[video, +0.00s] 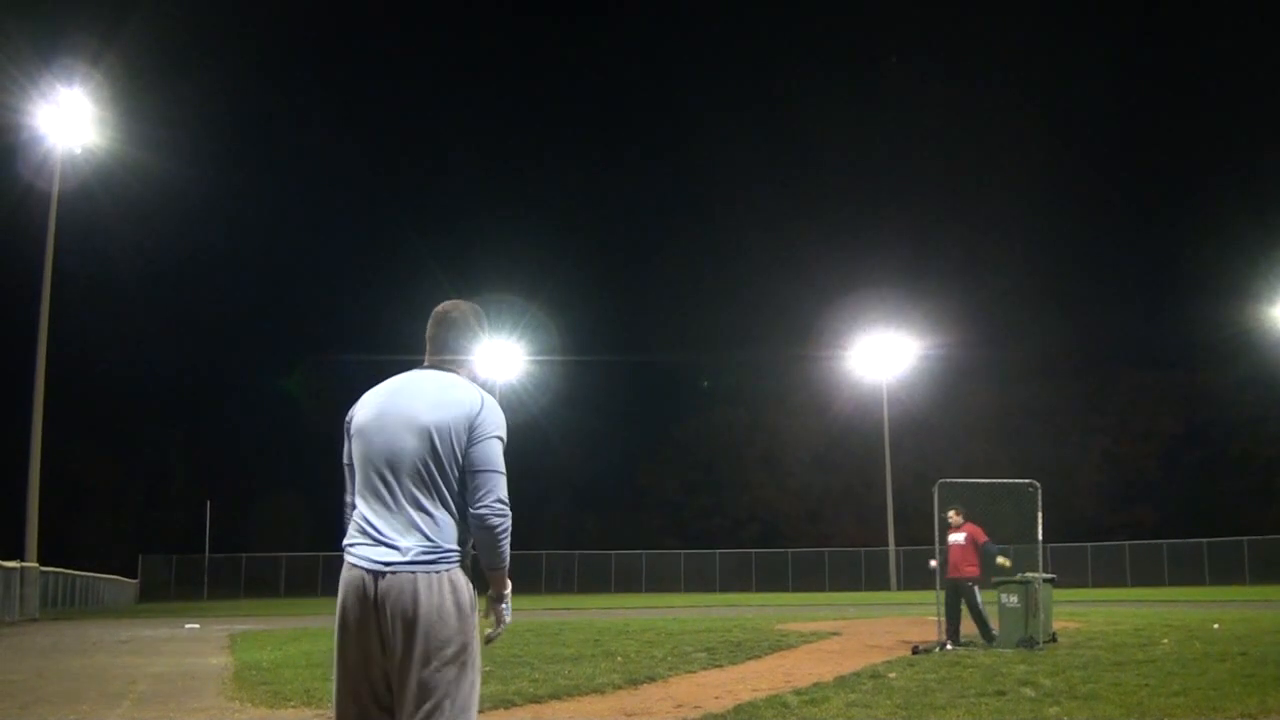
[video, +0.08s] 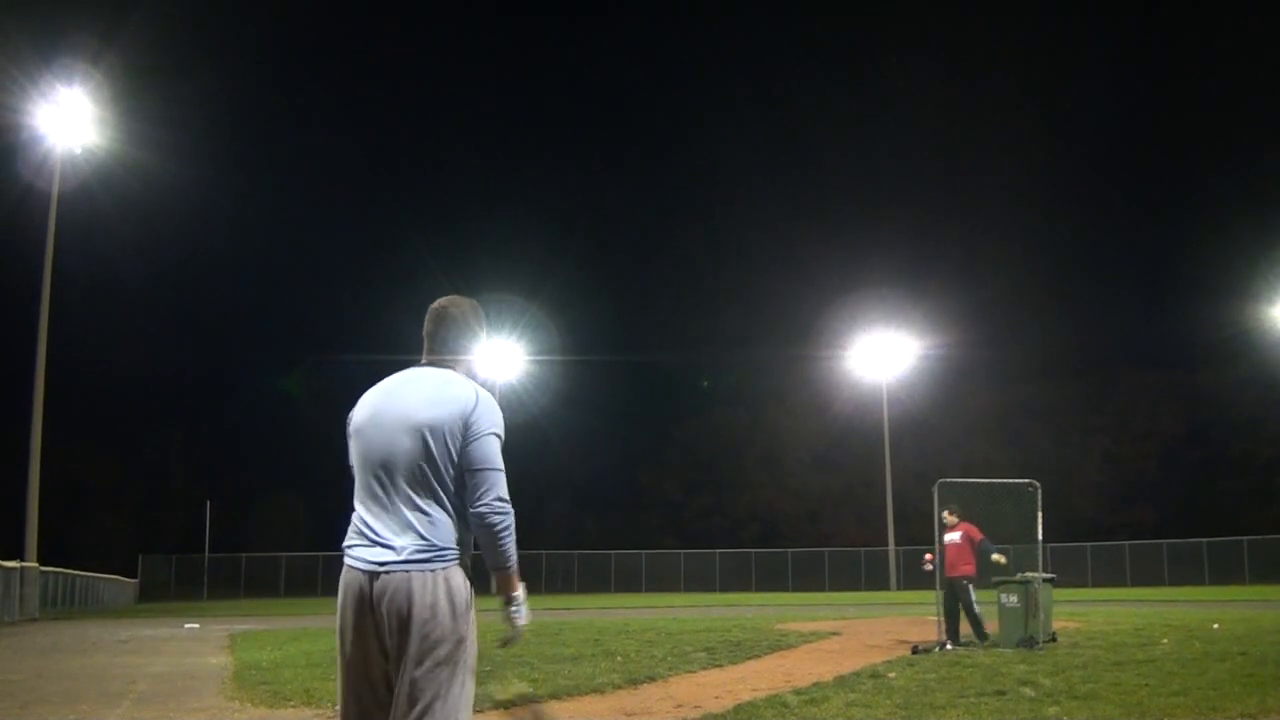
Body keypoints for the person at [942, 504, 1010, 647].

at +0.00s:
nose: (949, 520)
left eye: (951, 517)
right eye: (948, 518)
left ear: (960, 516)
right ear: (949, 518)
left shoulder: (971, 529)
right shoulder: (951, 532)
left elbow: (986, 544)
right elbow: (950, 555)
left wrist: (997, 556)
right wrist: (938, 562)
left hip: (968, 577)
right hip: (952, 577)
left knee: (976, 609)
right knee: (951, 611)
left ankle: (990, 637)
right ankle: (952, 640)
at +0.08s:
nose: (944, 521)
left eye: (945, 517)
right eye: (943, 518)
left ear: (954, 516)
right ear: (948, 518)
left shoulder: (966, 528)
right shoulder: (947, 533)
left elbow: (981, 541)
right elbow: (944, 554)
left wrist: (992, 553)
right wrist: (934, 562)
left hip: (964, 576)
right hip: (949, 577)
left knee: (970, 609)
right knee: (950, 611)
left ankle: (983, 638)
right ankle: (952, 640)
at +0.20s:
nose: (940, 521)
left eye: (941, 518)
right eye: (939, 518)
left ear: (950, 516)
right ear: (945, 518)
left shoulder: (963, 527)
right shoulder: (943, 533)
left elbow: (978, 540)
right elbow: (941, 555)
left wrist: (989, 551)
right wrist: (930, 563)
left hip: (961, 574)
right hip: (947, 576)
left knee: (963, 607)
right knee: (949, 609)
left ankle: (973, 638)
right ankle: (952, 639)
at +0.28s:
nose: (937, 521)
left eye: (939, 517)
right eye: (936, 518)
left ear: (947, 515)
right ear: (942, 517)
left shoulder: (960, 527)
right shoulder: (940, 533)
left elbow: (975, 539)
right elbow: (938, 555)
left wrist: (987, 550)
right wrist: (926, 564)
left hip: (958, 573)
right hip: (945, 574)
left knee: (957, 606)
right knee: (946, 607)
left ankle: (962, 636)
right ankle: (951, 637)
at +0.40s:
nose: (936, 520)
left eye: (937, 516)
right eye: (935, 517)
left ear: (945, 515)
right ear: (940, 517)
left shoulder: (958, 527)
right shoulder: (940, 533)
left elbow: (972, 539)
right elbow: (938, 554)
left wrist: (984, 550)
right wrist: (924, 564)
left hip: (956, 572)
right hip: (944, 574)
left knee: (955, 605)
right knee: (945, 606)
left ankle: (958, 637)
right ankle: (950, 637)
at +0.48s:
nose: (935, 518)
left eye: (937, 515)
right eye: (934, 516)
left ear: (945, 514)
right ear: (936, 517)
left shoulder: (957, 526)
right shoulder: (939, 531)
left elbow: (970, 539)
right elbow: (937, 553)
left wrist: (981, 549)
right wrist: (923, 563)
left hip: (955, 572)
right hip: (943, 573)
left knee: (954, 606)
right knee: (945, 606)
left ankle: (957, 638)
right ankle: (949, 637)